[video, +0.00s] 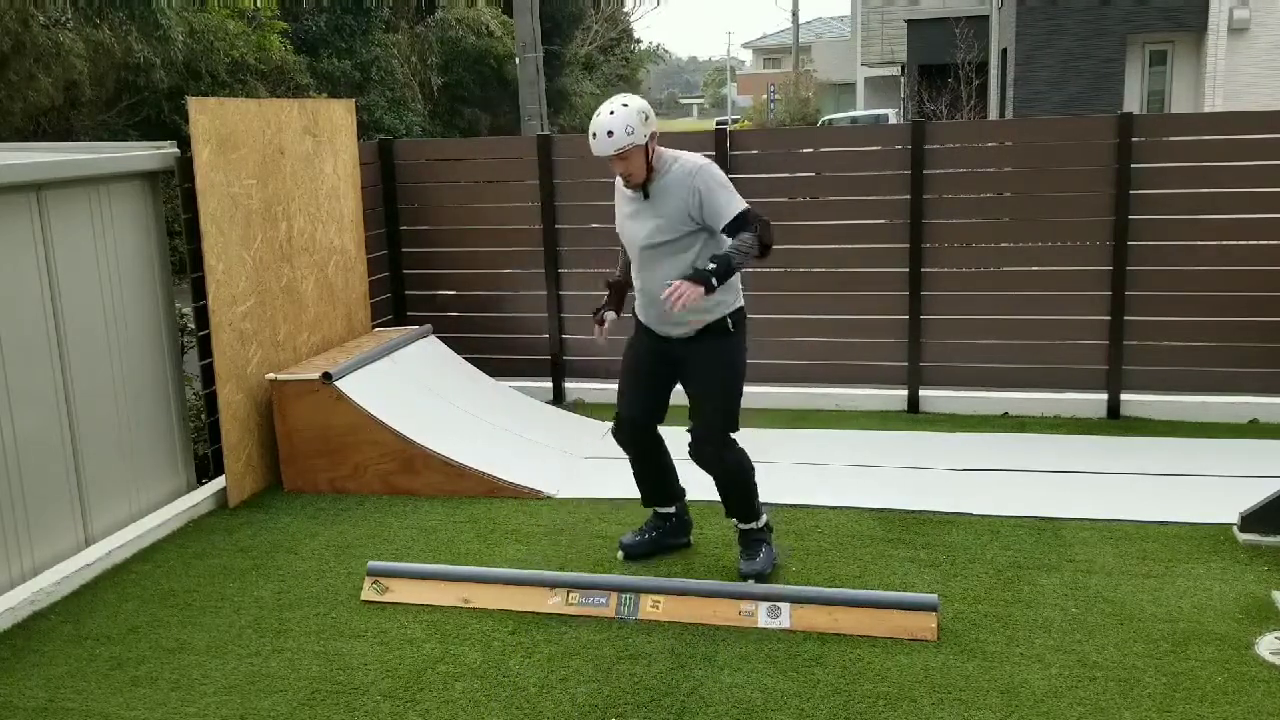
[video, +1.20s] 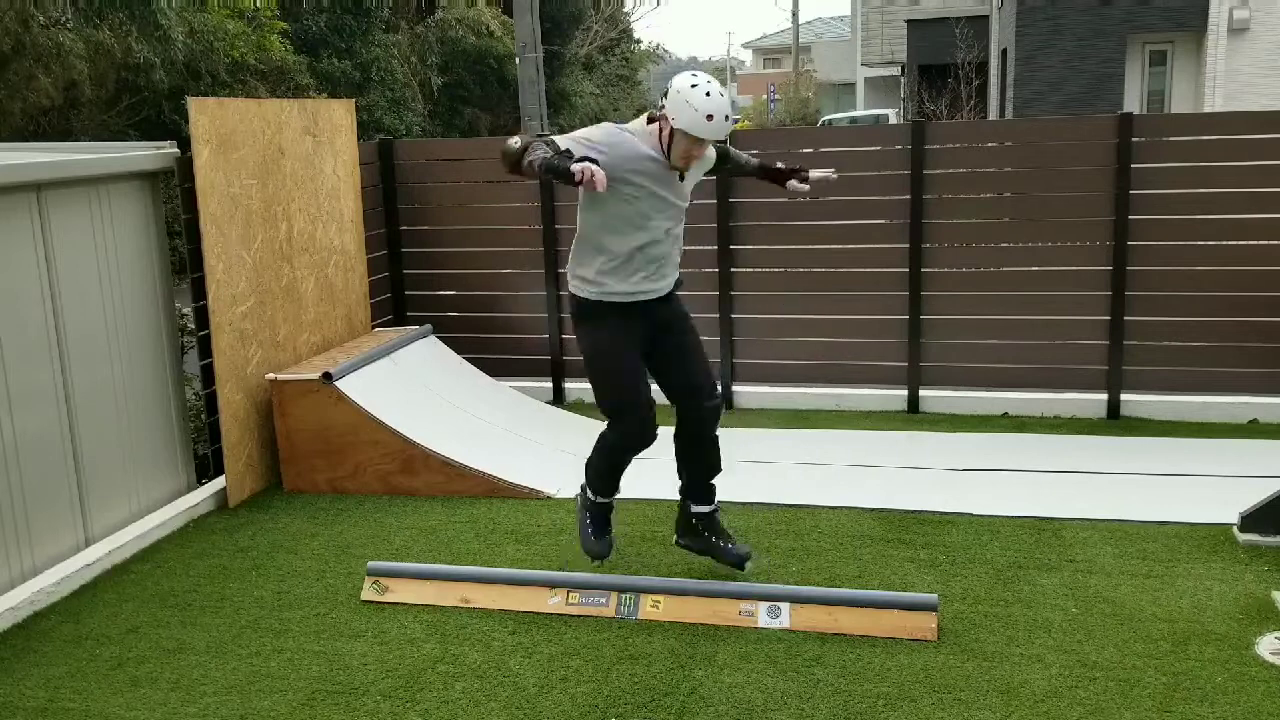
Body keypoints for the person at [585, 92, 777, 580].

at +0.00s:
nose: (617, 168)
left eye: (624, 156)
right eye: (611, 159)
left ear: (650, 142)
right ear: (607, 152)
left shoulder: (697, 173)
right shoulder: (623, 185)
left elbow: (752, 235)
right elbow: (637, 244)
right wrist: (617, 292)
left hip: (713, 330)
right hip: (653, 331)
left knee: (711, 443)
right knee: (632, 427)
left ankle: (753, 532)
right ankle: (670, 521)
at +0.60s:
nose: (603, 199)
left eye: (612, 187)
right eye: (595, 189)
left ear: (634, 174)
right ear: (585, 181)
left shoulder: (678, 195)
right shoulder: (589, 201)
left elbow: (738, 248)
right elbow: (596, 247)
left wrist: (692, 306)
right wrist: (585, 292)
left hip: (703, 325)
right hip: (636, 326)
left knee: (719, 435)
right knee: (611, 427)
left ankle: (746, 526)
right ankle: (600, 531)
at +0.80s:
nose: (598, 239)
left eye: (606, 229)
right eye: (590, 231)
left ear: (628, 212)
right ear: (578, 219)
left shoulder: (671, 226)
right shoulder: (581, 230)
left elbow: (732, 285)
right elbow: (568, 262)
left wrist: (688, 340)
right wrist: (554, 314)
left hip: (701, 331)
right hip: (634, 330)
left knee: (712, 438)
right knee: (603, 427)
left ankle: (742, 533)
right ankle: (599, 533)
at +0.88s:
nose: (604, 272)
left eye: (613, 263)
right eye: (595, 263)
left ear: (632, 243)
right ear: (583, 246)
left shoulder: (672, 253)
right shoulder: (579, 252)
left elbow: (736, 313)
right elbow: (546, 293)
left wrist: (705, 376)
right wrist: (521, 356)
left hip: (701, 344)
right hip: (636, 343)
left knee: (706, 443)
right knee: (597, 431)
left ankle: (742, 534)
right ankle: (600, 533)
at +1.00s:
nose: (625, 263)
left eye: (635, 253)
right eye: (616, 252)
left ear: (653, 237)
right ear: (602, 235)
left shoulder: (686, 250)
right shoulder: (582, 249)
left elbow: (753, 283)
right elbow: (533, 296)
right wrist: (514, 339)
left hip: (696, 349)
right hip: (625, 352)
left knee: (704, 454)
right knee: (588, 445)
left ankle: (741, 537)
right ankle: (601, 532)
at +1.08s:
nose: (638, 247)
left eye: (649, 237)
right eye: (628, 236)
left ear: (664, 221)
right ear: (611, 220)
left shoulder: (694, 238)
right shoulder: (583, 239)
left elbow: (753, 264)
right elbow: (531, 282)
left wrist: (800, 322)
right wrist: (520, 303)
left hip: (691, 349)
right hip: (619, 352)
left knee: (703, 454)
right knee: (589, 447)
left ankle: (741, 536)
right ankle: (600, 534)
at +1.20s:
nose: (700, 153)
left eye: (708, 145)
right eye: (694, 142)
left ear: (712, 138)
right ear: (665, 123)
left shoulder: (696, 153)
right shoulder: (612, 142)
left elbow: (726, 158)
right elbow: (528, 152)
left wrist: (773, 171)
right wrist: (569, 168)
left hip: (660, 301)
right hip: (602, 305)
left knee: (702, 403)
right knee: (635, 423)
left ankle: (697, 520)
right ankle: (596, 496)